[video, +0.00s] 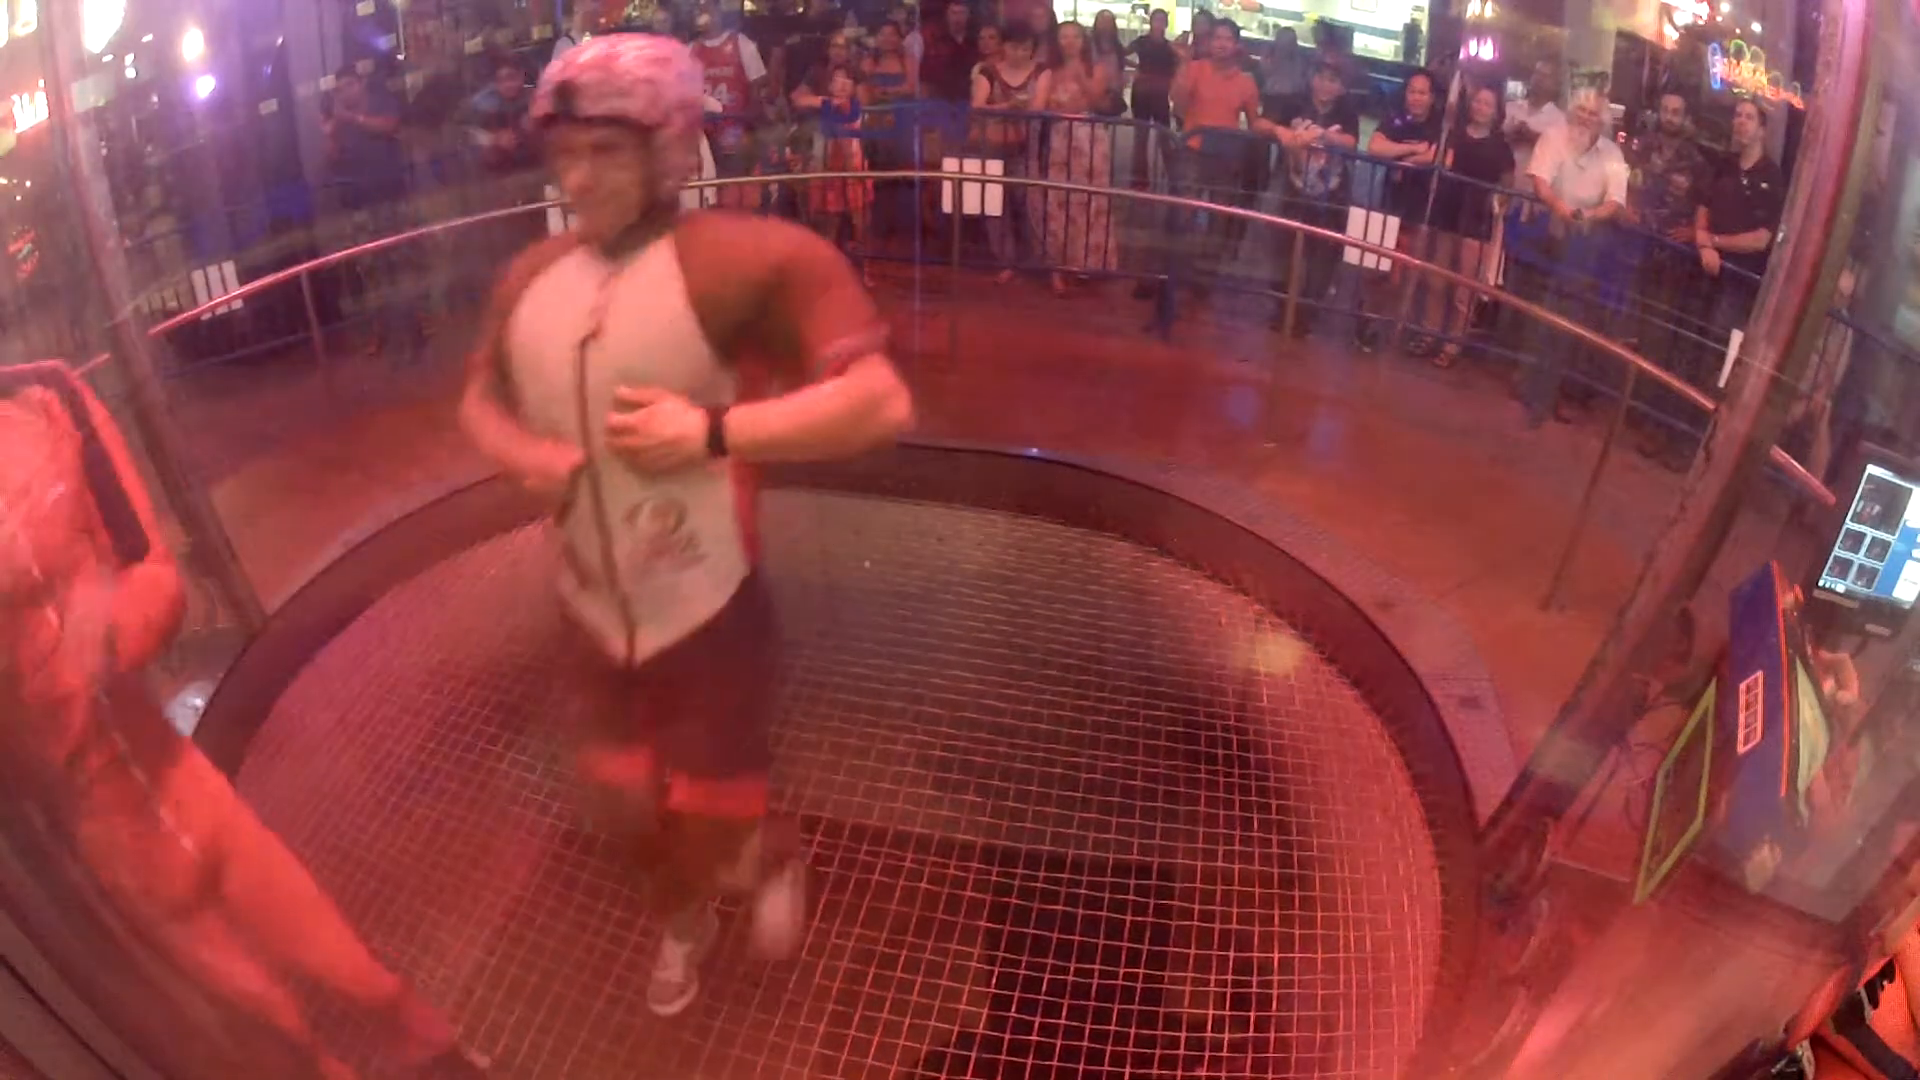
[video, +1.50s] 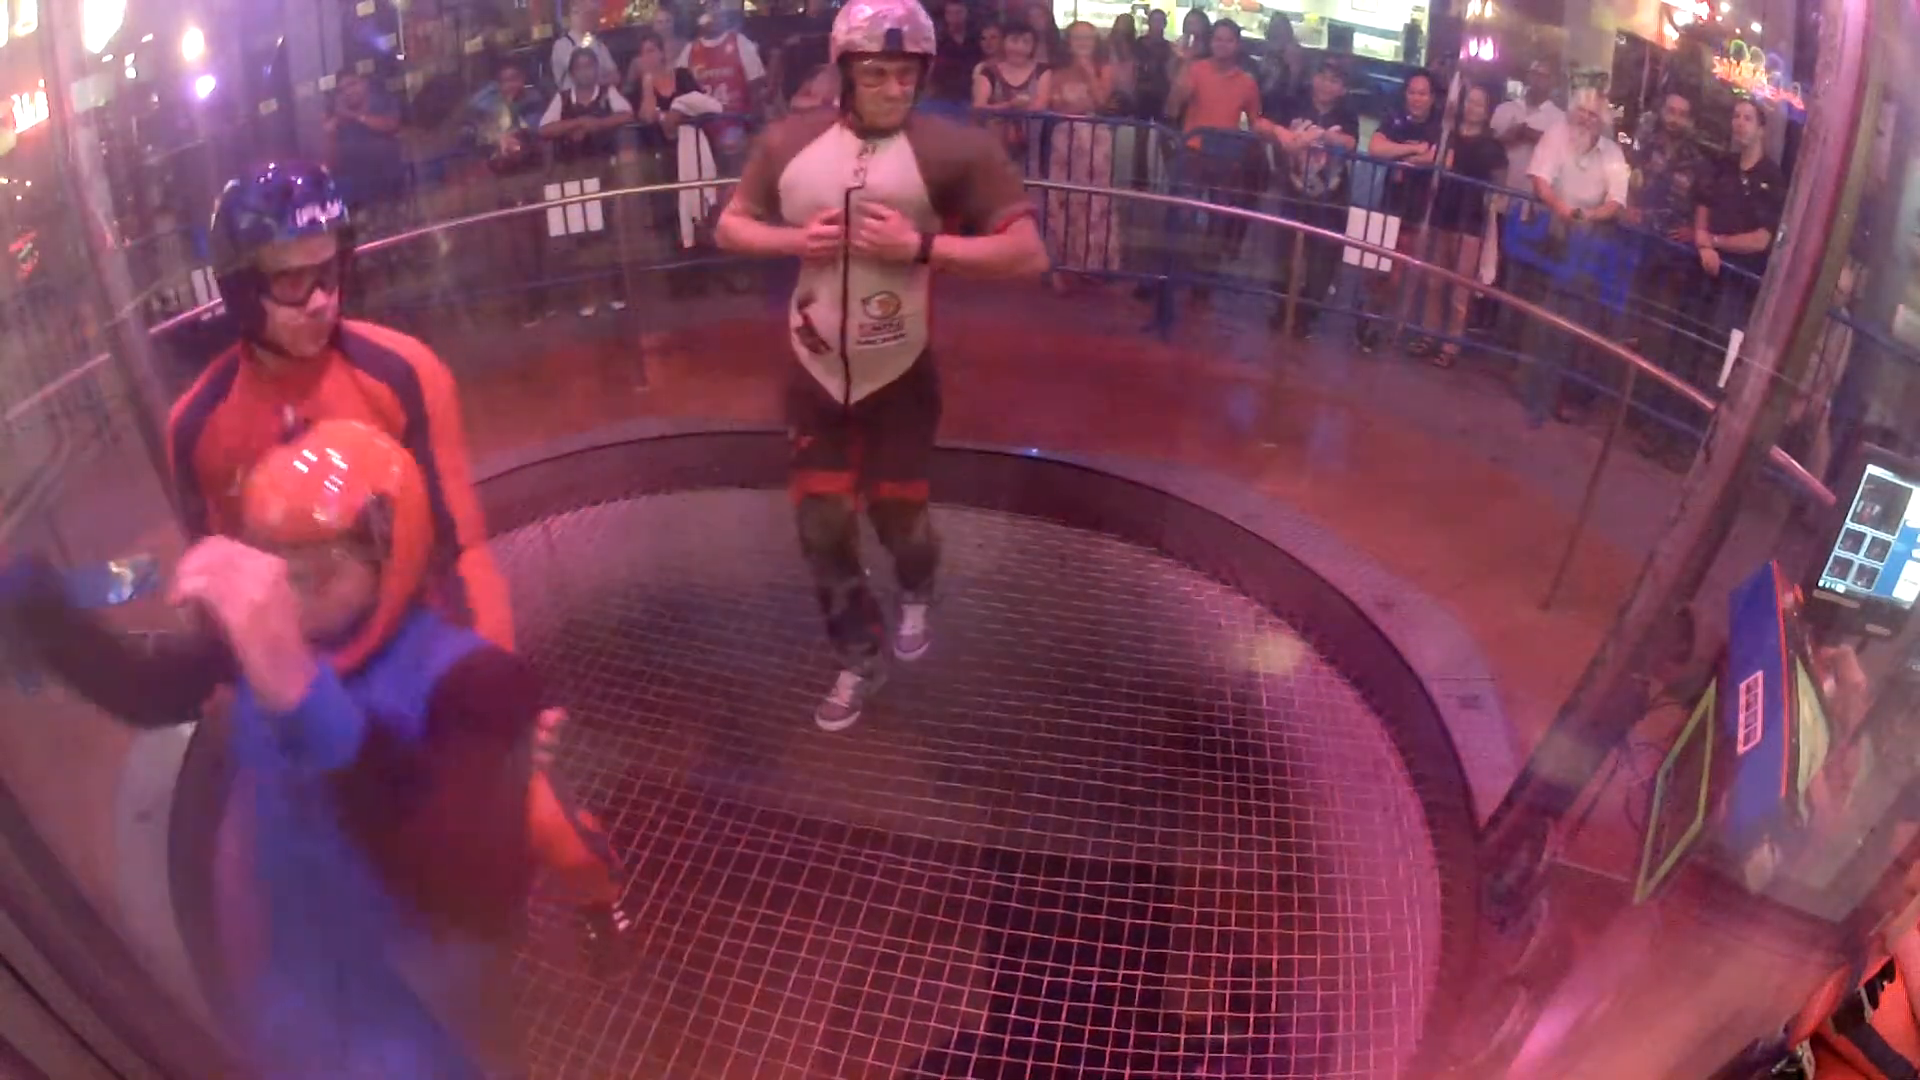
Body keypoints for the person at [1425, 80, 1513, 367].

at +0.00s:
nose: (1481, 107)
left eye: (1487, 104)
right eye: (1477, 101)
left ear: (1497, 112)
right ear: (1469, 104)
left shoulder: (1501, 148)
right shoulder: (1454, 137)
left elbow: (1507, 188)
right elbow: (1440, 168)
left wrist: (1496, 207)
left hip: (1476, 220)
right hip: (1445, 212)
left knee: (1463, 288)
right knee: (1435, 281)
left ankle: (1453, 342)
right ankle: (1430, 333)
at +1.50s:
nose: (1472, 108)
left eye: (1478, 103)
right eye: (1468, 101)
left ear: (1488, 110)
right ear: (1461, 106)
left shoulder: (1492, 147)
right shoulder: (1449, 139)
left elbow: (1498, 184)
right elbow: (1436, 171)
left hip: (1472, 218)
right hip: (1442, 213)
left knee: (1461, 285)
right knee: (1434, 279)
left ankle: (1451, 342)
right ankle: (1428, 333)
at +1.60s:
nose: (1471, 108)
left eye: (1478, 104)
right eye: (1468, 102)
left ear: (1488, 111)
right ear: (1461, 105)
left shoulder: (1491, 148)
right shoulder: (1448, 140)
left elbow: (1497, 185)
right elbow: (1436, 171)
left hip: (1471, 219)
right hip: (1441, 214)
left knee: (1461, 284)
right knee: (1434, 278)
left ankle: (1452, 341)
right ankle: (1429, 333)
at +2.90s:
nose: (1477, 110)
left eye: (1483, 105)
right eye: (1472, 104)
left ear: (1491, 112)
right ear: (1463, 107)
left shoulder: (1496, 147)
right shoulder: (1451, 138)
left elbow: (1501, 181)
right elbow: (1440, 168)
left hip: (1474, 217)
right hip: (1444, 212)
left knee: (1463, 285)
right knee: (1435, 279)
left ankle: (1456, 341)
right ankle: (1429, 332)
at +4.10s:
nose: (1485, 113)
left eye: (1492, 109)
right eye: (1482, 106)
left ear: (1501, 116)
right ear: (1473, 109)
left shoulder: (1506, 150)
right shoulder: (1459, 139)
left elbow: (1510, 187)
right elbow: (1445, 168)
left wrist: (1500, 201)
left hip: (1481, 217)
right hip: (1451, 210)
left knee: (1469, 283)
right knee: (1440, 277)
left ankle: (1460, 339)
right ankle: (1432, 331)